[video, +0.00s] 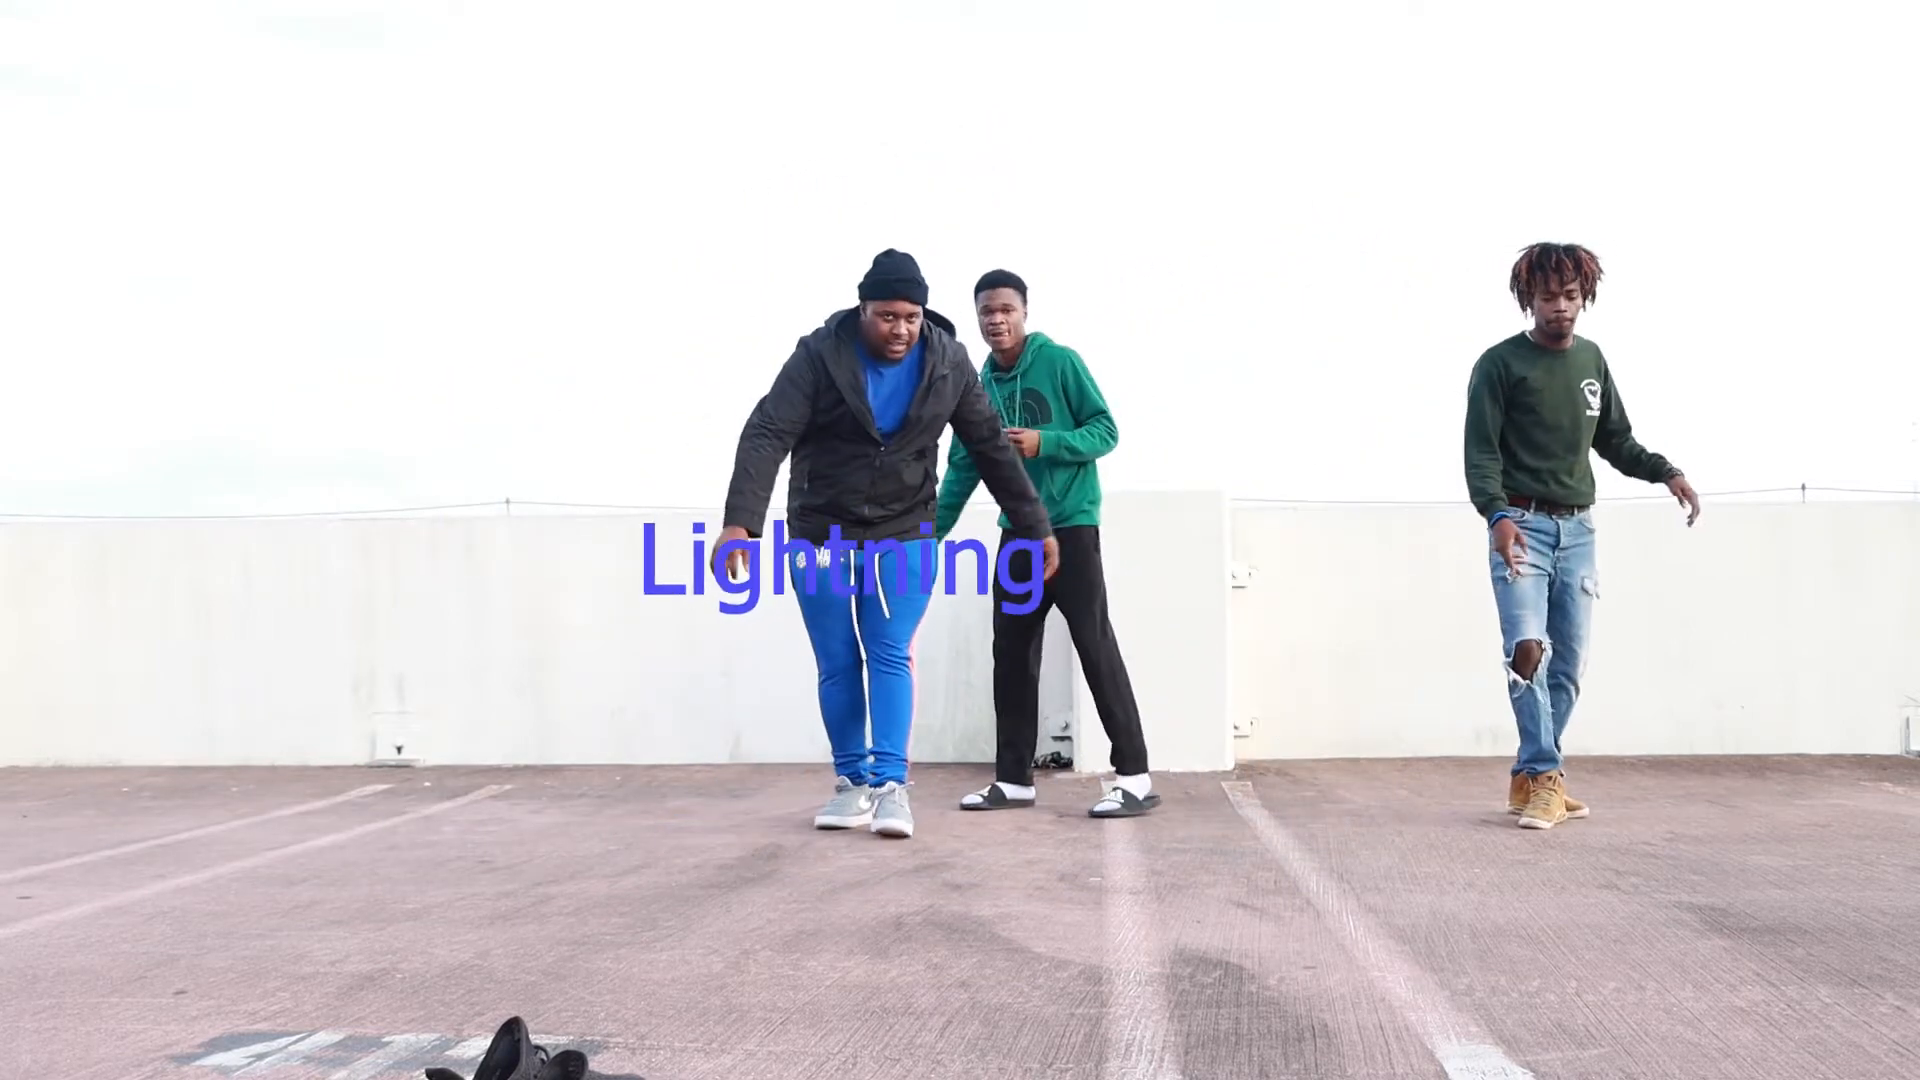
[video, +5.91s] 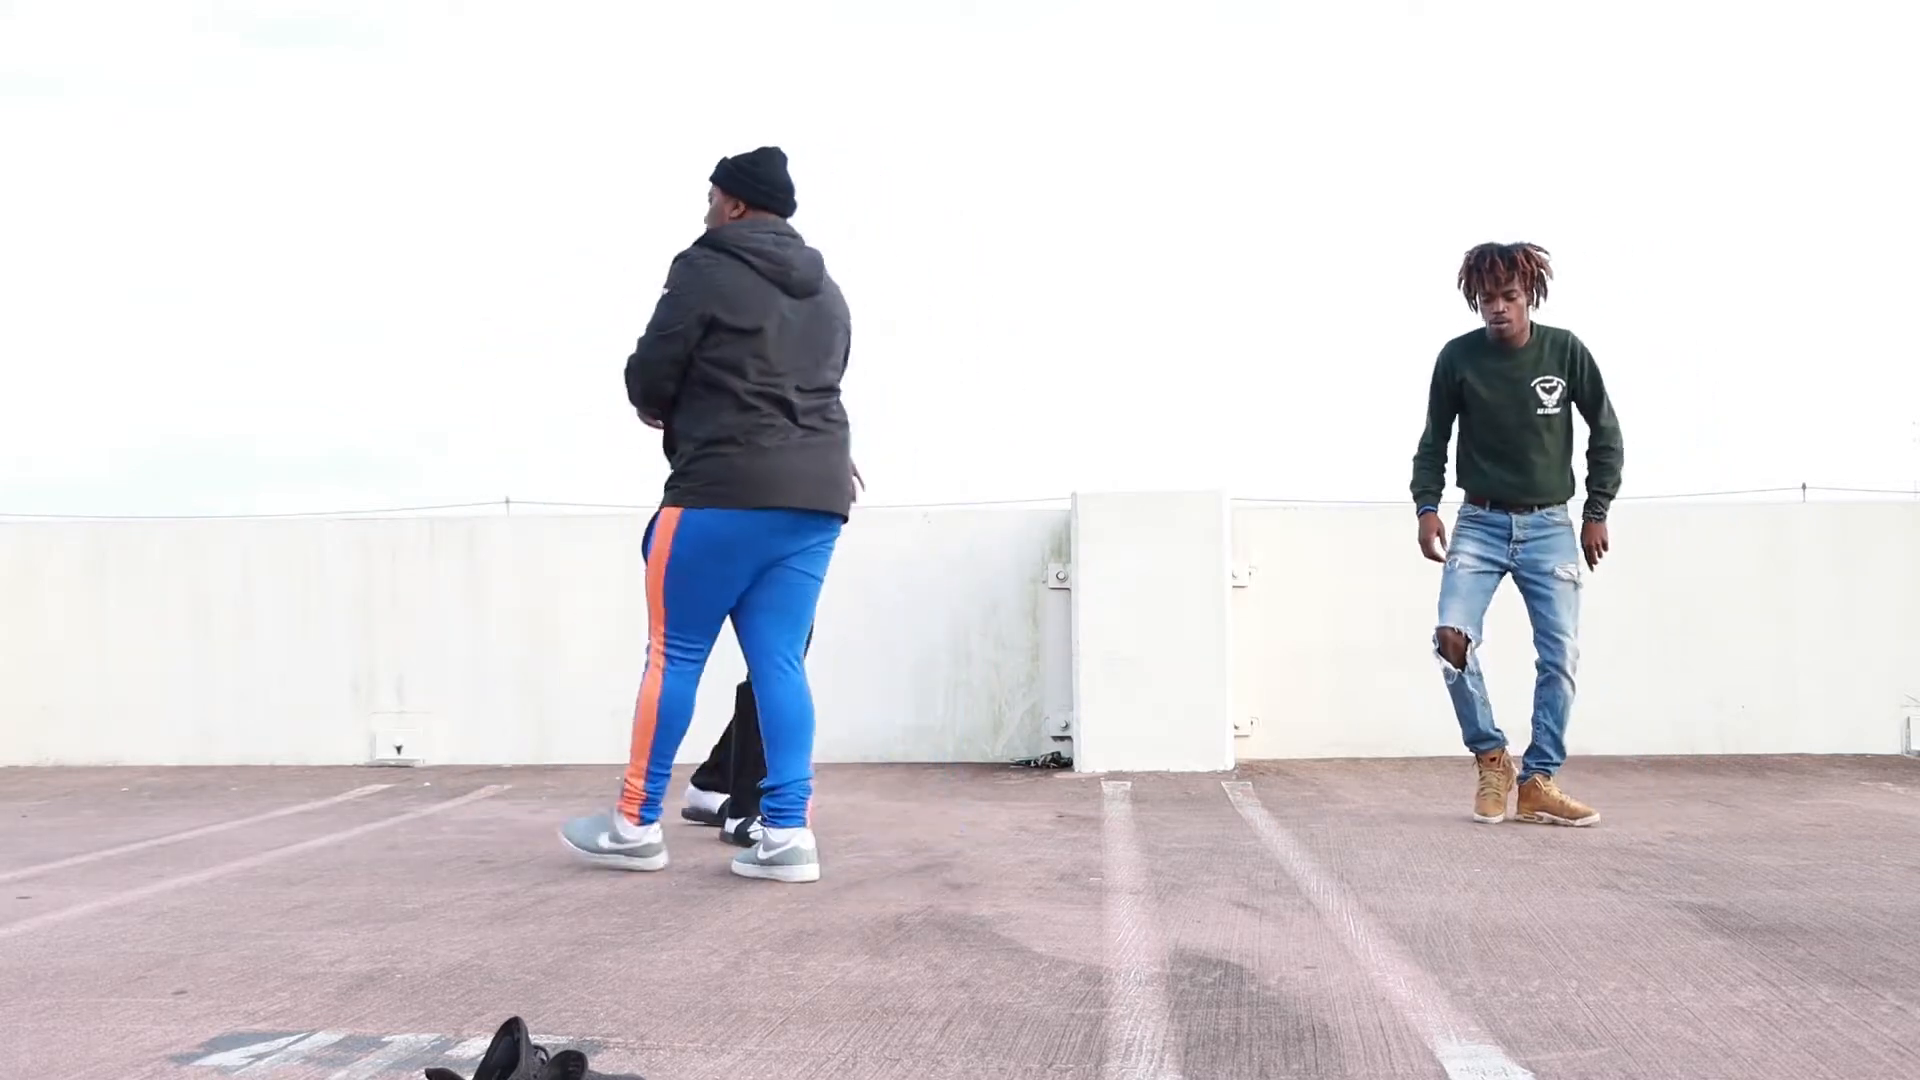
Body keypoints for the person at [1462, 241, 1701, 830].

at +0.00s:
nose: (1560, 307)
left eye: (1569, 295)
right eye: (1548, 296)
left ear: (1583, 297)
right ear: (1527, 299)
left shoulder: (1590, 359)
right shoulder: (1498, 364)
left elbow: (1613, 440)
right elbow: (1480, 454)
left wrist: (1666, 472)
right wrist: (1498, 516)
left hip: (1577, 525)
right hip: (1520, 523)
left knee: (1567, 661)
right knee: (1528, 649)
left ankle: (1529, 778)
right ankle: (1544, 778)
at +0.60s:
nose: (1596, 294)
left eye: (1605, 283)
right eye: (1584, 283)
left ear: (1614, 287)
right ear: (1558, 285)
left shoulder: (1608, 353)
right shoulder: (1527, 350)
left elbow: (1617, 448)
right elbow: (1501, 442)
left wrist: (1660, 498)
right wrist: (1506, 516)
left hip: (1603, 517)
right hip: (1548, 515)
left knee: (1627, 650)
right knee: (1547, 649)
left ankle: (1620, 785)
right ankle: (1523, 781)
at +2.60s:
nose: (1605, 297)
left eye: (1614, 285)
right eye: (1593, 287)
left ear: (1635, 281)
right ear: (1577, 288)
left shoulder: (1669, 349)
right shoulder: (1556, 358)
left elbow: (1698, 435)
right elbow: (1539, 449)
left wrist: (1715, 516)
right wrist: (1524, 530)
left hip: (1654, 517)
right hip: (1581, 516)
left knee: (1668, 653)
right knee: (1559, 648)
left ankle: (1647, 780)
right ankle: (1573, 747)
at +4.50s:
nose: (1531, 308)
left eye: (1540, 294)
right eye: (1519, 300)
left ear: (1565, 287)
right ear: (1509, 301)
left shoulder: (1609, 348)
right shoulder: (1504, 366)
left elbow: (1651, 435)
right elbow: (1496, 456)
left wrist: (1644, 519)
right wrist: (1481, 526)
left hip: (1596, 520)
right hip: (1527, 524)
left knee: (1610, 655)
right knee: (1501, 646)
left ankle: (1627, 778)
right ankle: (1523, 774)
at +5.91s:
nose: (1495, 307)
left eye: (1506, 295)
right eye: (1485, 297)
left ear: (1529, 294)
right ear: (1474, 301)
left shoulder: (1565, 351)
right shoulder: (1457, 358)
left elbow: (1606, 431)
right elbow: (1434, 440)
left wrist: (1596, 512)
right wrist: (1426, 508)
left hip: (1551, 527)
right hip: (1479, 526)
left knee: (1562, 654)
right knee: (1452, 640)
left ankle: (1537, 782)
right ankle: (1491, 761)